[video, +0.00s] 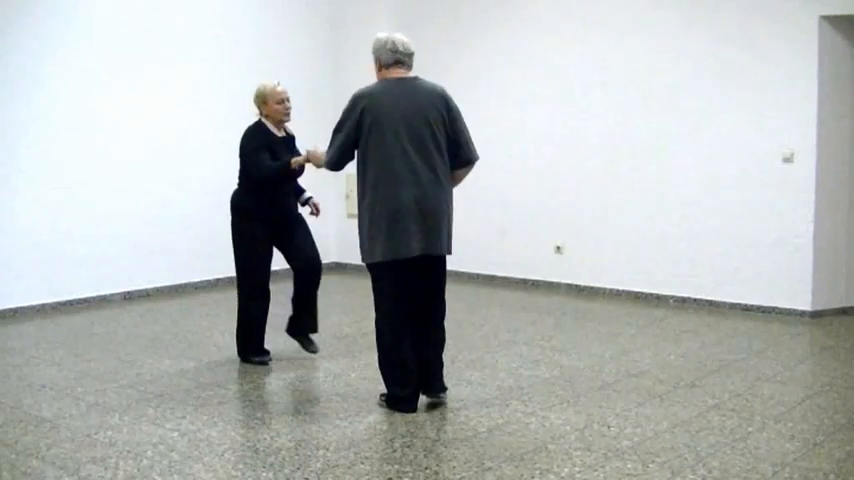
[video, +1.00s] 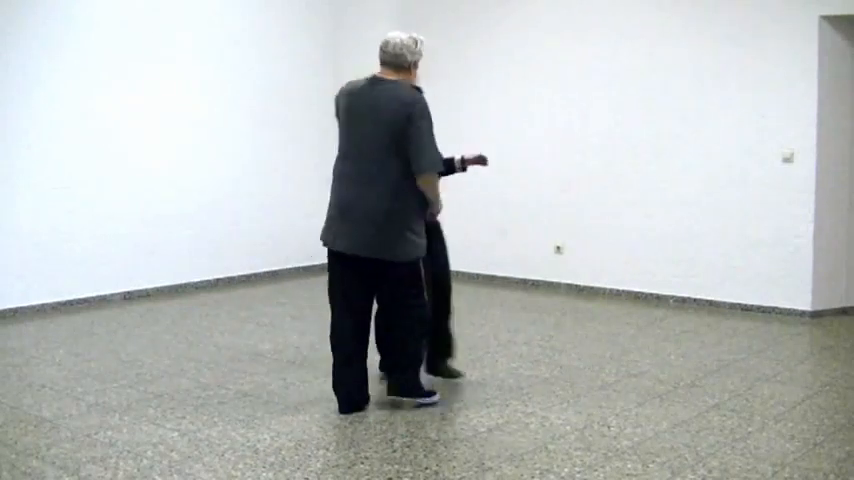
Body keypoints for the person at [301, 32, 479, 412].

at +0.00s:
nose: (373, 70)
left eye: (373, 65)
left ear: (377, 64)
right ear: (411, 62)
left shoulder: (366, 100)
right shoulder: (438, 96)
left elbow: (335, 160)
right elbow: (466, 159)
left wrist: (316, 158)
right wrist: (437, 189)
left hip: (384, 224)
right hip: (434, 222)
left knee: (391, 310)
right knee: (431, 307)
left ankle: (401, 395)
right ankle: (434, 387)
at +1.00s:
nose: (420, 69)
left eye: (418, 63)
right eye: (419, 64)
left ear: (381, 60)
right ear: (414, 65)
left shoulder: (348, 94)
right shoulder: (412, 102)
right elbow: (425, 172)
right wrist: (435, 202)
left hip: (345, 226)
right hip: (396, 229)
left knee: (347, 316)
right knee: (405, 309)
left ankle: (350, 397)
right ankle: (405, 385)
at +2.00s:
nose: (443, 72)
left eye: (443, 65)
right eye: (437, 66)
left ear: (425, 67)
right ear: (413, 67)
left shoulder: (426, 99)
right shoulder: (386, 106)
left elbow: (447, 137)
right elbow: (404, 170)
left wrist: (492, 139)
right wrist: (461, 185)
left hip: (422, 226)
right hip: (390, 231)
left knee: (434, 292)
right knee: (396, 307)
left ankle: (414, 363)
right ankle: (392, 383)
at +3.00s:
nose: (454, 73)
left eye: (455, 66)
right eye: (450, 66)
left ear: (431, 66)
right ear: (427, 65)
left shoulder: (420, 99)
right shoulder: (404, 95)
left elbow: (416, 151)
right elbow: (393, 144)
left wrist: (445, 167)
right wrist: (441, 161)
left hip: (413, 218)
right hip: (402, 220)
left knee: (428, 289)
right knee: (433, 287)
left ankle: (406, 364)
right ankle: (411, 370)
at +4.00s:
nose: (443, 82)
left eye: (444, 75)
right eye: (438, 74)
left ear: (417, 75)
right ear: (414, 73)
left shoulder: (408, 102)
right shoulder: (400, 103)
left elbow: (418, 153)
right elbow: (415, 155)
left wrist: (459, 165)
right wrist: (466, 162)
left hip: (395, 219)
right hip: (394, 221)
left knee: (385, 296)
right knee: (427, 288)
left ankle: (367, 369)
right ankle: (446, 373)